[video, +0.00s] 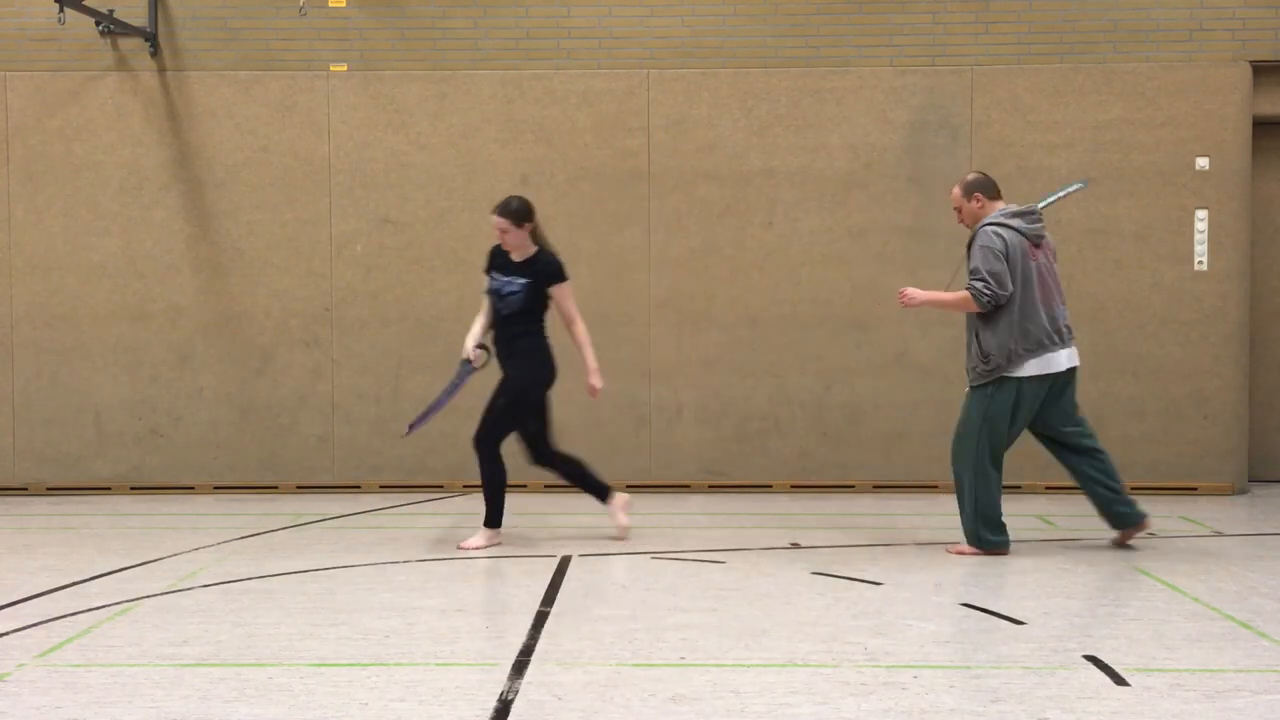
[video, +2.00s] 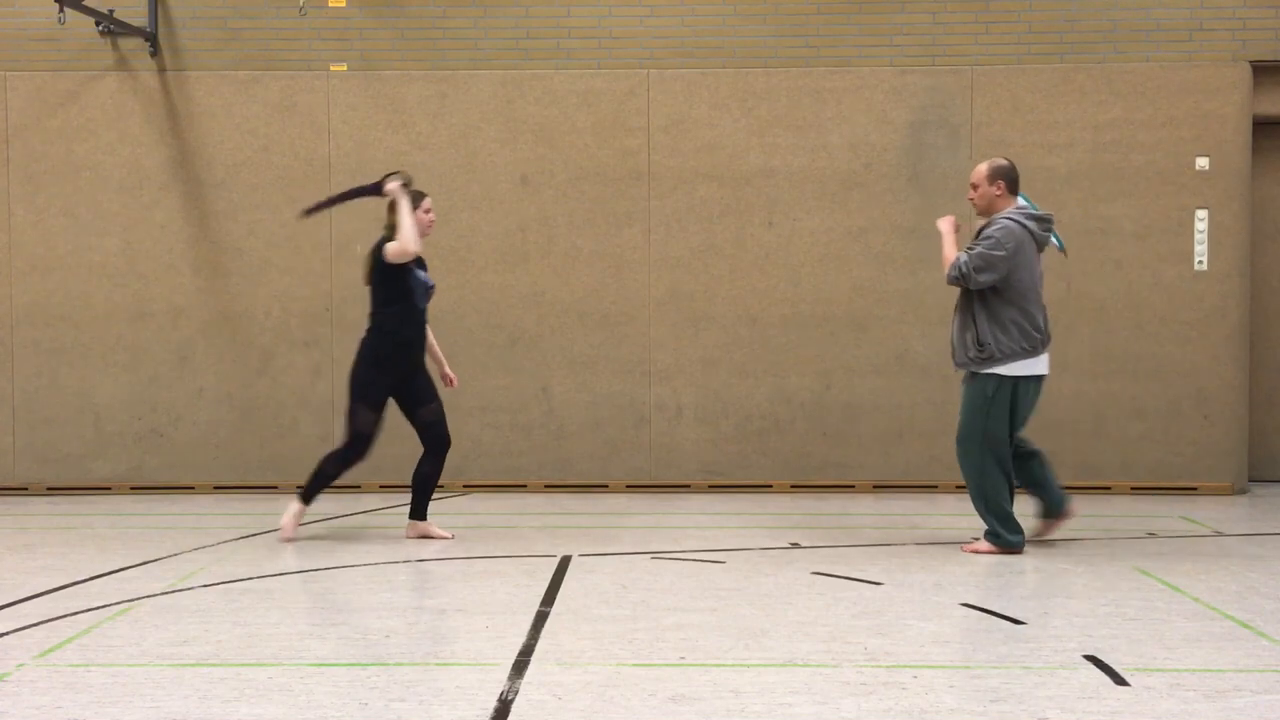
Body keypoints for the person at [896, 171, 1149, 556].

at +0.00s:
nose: (957, 218)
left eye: (958, 209)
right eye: (955, 210)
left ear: (977, 201)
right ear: (988, 199)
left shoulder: (989, 235)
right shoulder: (1030, 229)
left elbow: (986, 296)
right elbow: (1041, 287)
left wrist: (927, 297)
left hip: (1013, 368)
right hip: (1057, 360)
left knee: (972, 448)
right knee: (1070, 437)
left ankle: (987, 539)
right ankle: (1128, 517)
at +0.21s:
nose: (997, 223)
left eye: (998, 215)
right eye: (995, 216)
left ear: (1017, 207)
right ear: (1028, 206)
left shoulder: (1027, 243)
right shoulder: (1071, 235)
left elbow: (1018, 305)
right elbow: (1076, 295)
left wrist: (962, 299)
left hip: (1050, 372)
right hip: (1095, 366)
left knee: (995, 443)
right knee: (1114, 446)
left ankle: (988, 538)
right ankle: (1166, 524)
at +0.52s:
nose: (1042, 211)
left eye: (1044, 203)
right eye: (1040, 204)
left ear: (1065, 198)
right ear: (1073, 197)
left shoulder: (1071, 235)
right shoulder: (1115, 229)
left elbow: (1061, 294)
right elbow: (1118, 285)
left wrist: (1010, 280)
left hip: (1092, 369)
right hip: (1135, 363)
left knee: (1047, 442)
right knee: (1136, 446)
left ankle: (1022, 537)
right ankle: (1173, 534)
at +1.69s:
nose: (1029, 209)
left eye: (1034, 202)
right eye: (1029, 202)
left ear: (1057, 200)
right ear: (1064, 201)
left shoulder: (1056, 243)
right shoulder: (1094, 235)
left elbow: (1005, 281)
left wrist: (1006, 241)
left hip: (1065, 373)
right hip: (1107, 368)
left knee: (1004, 435)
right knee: (1122, 446)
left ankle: (1009, 535)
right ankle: (1171, 531)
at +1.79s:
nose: (1011, 206)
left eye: (1016, 198)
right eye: (1011, 199)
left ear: (1040, 200)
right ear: (1048, 200)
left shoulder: (1037, 244)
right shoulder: (1074, 232)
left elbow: (988, 284)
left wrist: (985, 246)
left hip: (1042, 373)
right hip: (1084, 369)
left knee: (987, 440)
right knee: (1101, 445)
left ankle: (1005, 535)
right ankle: (1162, 520)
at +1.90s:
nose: (992, 201)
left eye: (997, 193)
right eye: (992, 193)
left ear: (1021, 195)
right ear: (1031, 194)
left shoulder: (1018, 238)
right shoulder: (1054, 229)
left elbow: (971, 279)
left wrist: (967, 243)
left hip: (1020, 371)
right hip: (1061, 368)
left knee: (979, 442)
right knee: (1059, 435)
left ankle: (1003, 536)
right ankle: (1132, 508)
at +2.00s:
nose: (970, 195)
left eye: (975, 187)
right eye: (970, 187)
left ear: (999, 189)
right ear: (1002, 190)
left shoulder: (1004, 233)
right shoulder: (1020, 225)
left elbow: (956, 271)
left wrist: (948, 234)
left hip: (1000, 367)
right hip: (1022, 364)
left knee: (976, 446)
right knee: (1002, 439)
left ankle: (1003, 536)